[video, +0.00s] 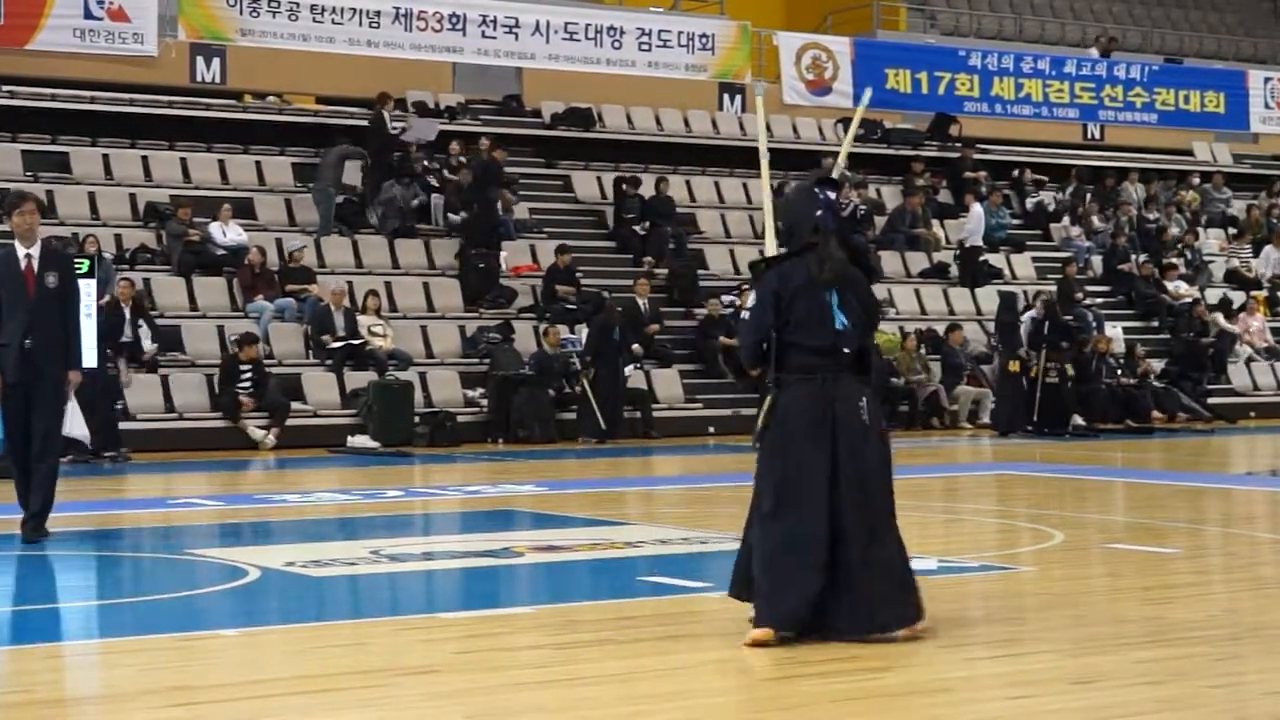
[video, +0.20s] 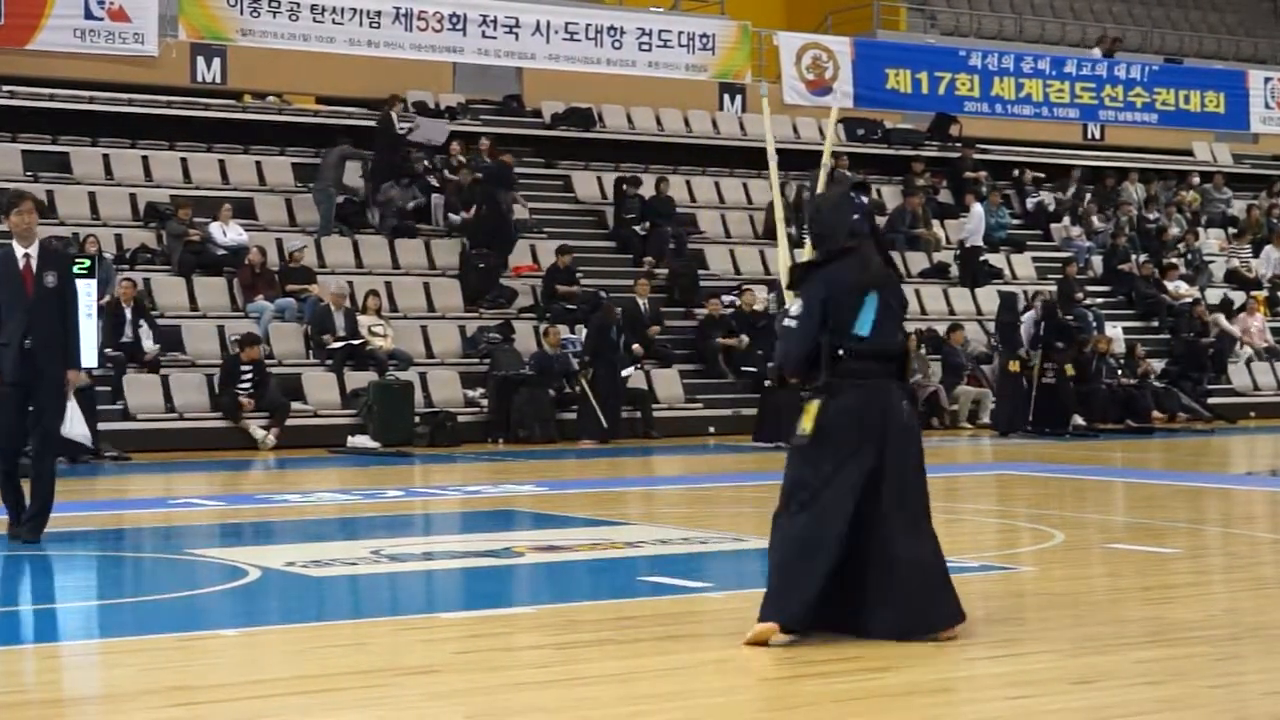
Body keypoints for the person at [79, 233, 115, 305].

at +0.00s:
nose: (92, 245)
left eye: (94, 243)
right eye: (89, 243)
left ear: (98, 245)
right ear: (83, 245)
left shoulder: (105, 263)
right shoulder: (77, 262)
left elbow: (111, 280)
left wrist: (107, 295)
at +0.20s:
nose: (93, 245)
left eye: (95, 242)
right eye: (90, 243)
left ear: (98, 245)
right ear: (84, 245)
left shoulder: (105, 263)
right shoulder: (78, 262)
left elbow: (111, 280)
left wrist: (107, 295)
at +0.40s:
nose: (93, 244)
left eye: (95, 242)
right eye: (90, 242)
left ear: (99, 244)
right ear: (84, 245)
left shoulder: (106, 262)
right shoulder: (80, 262)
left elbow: (112, 279)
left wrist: (108, 295)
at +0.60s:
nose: (93, 244)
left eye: (95, 241)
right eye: (90, 242)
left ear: (99, 244)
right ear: (84, 245)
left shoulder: (106, 263)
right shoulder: (79, 262)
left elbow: (112, 280)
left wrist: (108, 295)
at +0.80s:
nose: (93, 244)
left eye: (95, 241)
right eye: (90, 241)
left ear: (99, 244)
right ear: (84, 245)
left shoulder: (106, 263)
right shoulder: (79, 262)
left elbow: (112, 279)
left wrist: (108, 294)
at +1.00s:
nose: (93, 244)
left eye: (95, 241)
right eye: (89, 242)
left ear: (99, 244)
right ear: (84, 245)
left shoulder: (106, 263)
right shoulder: (79, 262)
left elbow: (111, 279)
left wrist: (108, 294)